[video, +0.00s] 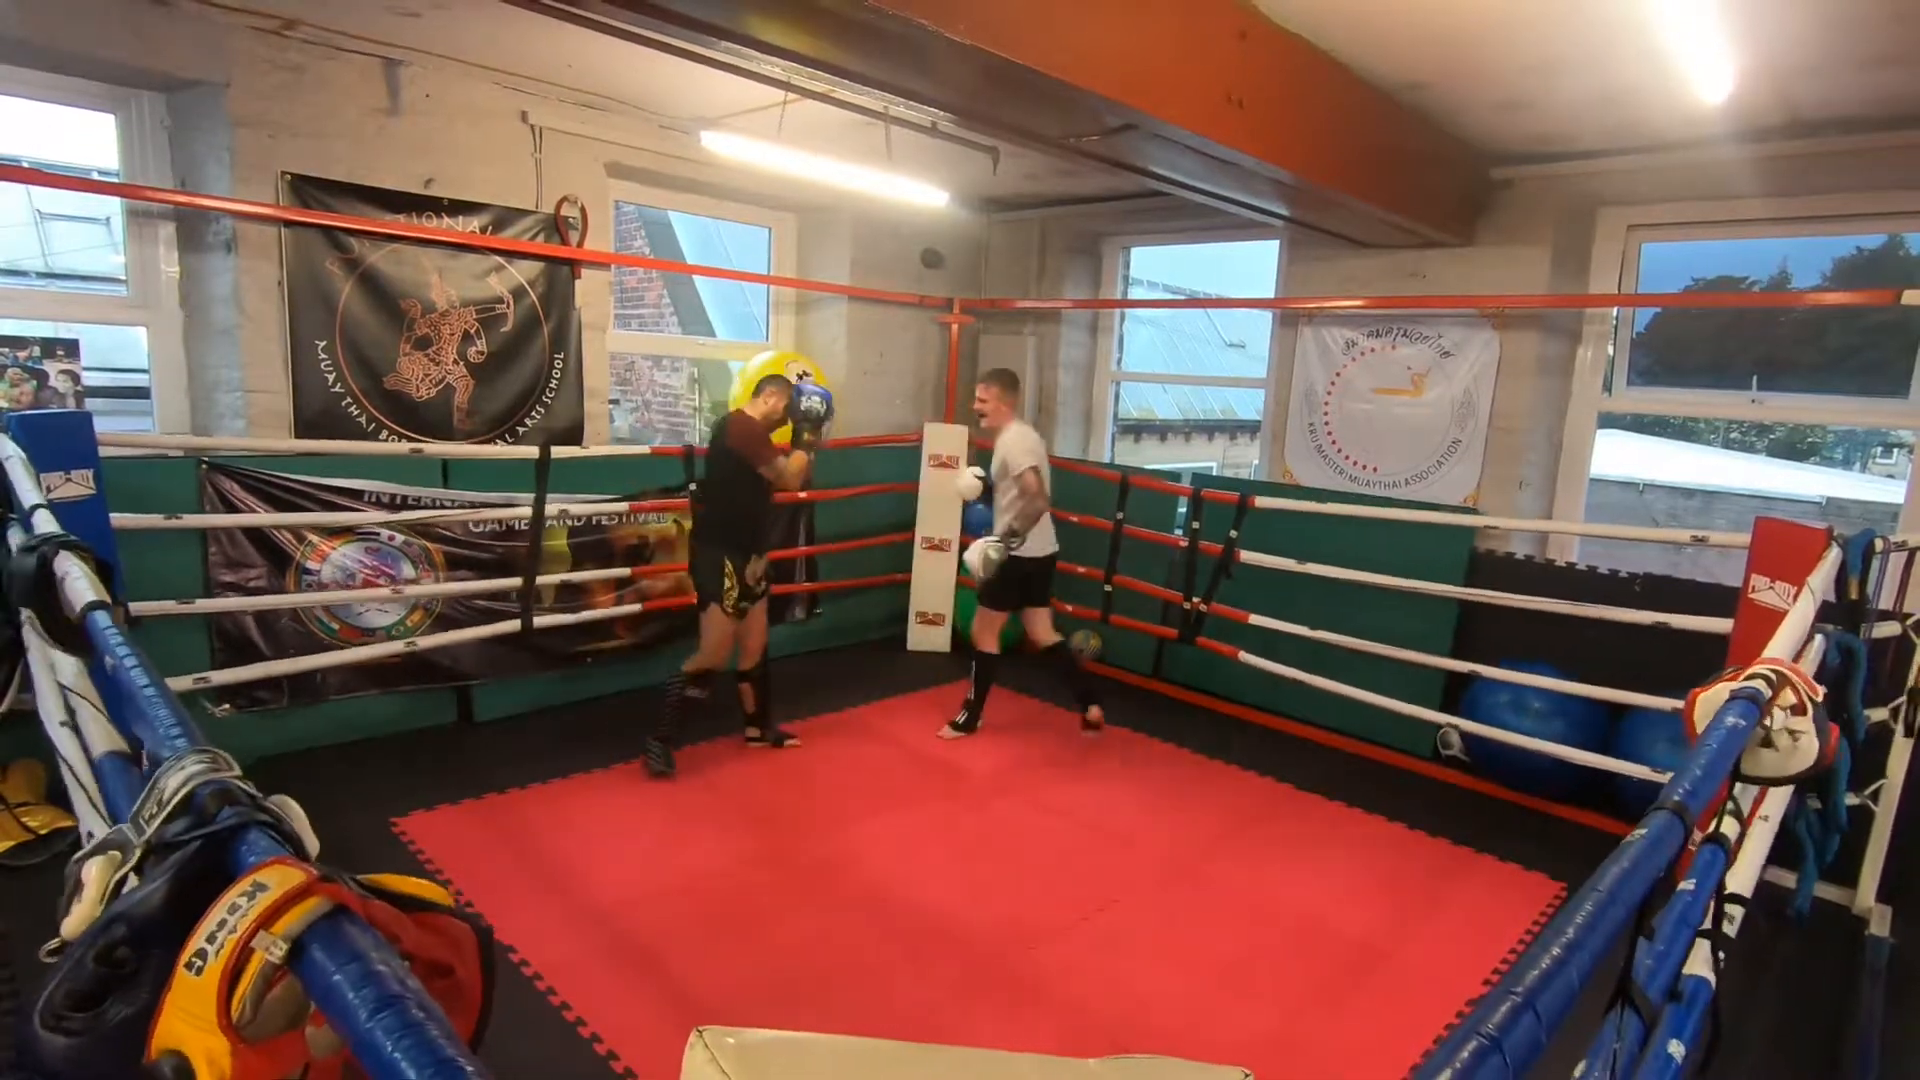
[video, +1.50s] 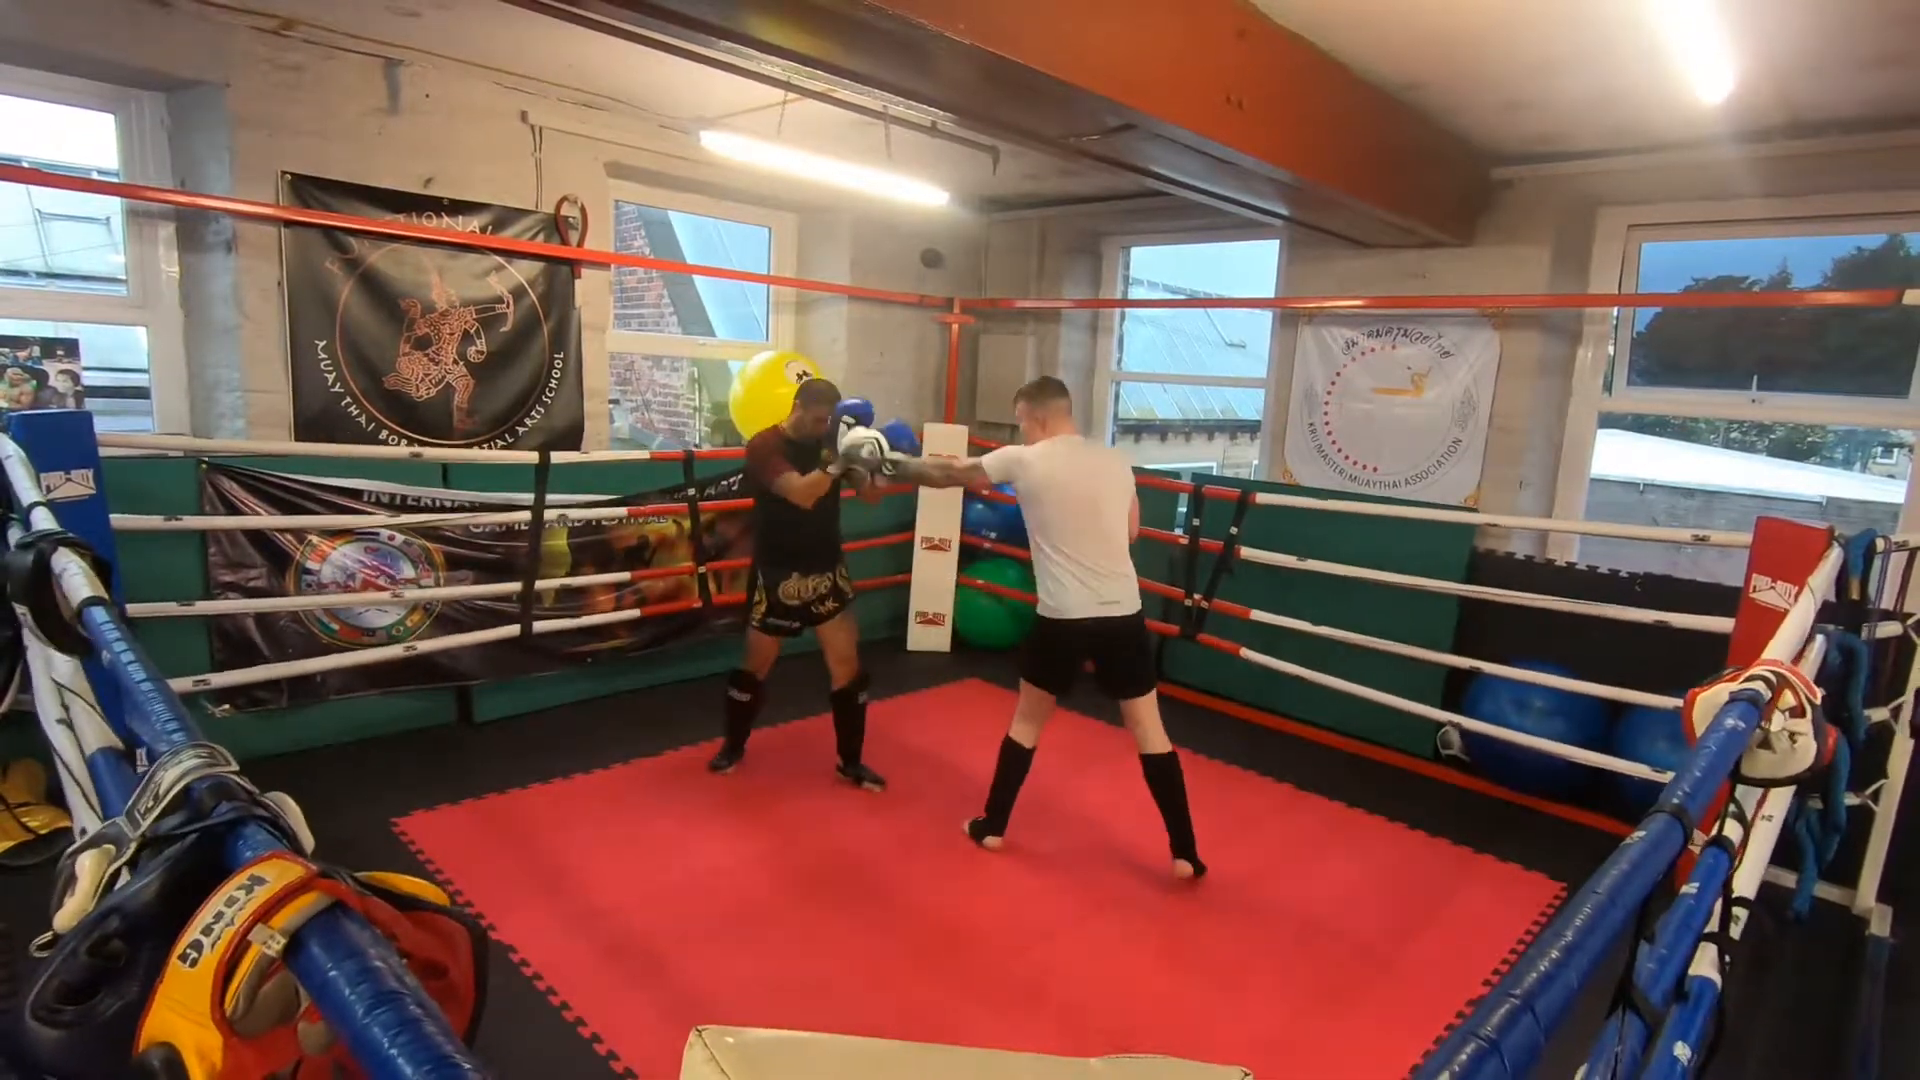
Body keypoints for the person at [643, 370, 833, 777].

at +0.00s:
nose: (783, 408)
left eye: (787, 403)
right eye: (780, 399)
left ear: (780, 407)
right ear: (763, 394)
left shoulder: (760, 435)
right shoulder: (740, 427)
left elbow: (790, 478)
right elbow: (789, 477)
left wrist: (807, 439)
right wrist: (808, 437)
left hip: (750, 552)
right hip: (720, 551)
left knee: (754, 645)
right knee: (715, 652)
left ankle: (758, 727)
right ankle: (661, 740)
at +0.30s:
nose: (786, 420)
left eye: (789, 414)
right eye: (783, 412)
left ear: (778, 409)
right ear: (763, 404)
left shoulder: (773, 439)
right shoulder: (730, 438)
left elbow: (780, 484)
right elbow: (769, 495)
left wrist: (811, 486)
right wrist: (797, 452)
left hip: (776, 554)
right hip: (738, 558)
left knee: (776, 644)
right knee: (739, 648)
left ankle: (763, 725)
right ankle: (714, 742)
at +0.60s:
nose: (796, 419)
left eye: (800, 412)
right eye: (792, 410)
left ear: (792, 408)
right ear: (767, 401)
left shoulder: (783, 441)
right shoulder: (735, 443)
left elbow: (800, 478)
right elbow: (772, 504)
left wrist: (833, 463)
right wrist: (804, 463)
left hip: (790, 560)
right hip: (746, 565)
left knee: (821, 642)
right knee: (732, 653)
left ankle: (820, 730)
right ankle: (714, 744)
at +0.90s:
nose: (834, 428)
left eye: (838, 422)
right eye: (831, 418)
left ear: (834, 421)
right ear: (810, 408)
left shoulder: (824, 451)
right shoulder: (771, 444)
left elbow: (863, 500)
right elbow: (806, 501)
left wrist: (885, 464)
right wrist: (835, 458)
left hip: (822, 569)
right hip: (774, 571)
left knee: (840, 663)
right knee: (749, 663)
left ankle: (847, 752)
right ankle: (719, 744)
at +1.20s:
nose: (816, 420)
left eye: (821, 413)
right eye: (809, 410)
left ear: (825, 415)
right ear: (789, 408)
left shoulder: (831, 446)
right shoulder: (762, 445)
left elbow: (857, 501)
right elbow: (794, 499)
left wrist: (876, 487)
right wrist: (817, 454)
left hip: (823, 567)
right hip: (773, 570)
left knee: (844, 661)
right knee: (754, 662)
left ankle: (847, 752)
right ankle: (733, 746)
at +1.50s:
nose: (826, 425)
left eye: (830, 418)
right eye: (818, 418)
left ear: (834, 416)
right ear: (795, 410)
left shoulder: (832, 442)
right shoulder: (763, 448)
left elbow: (871, 494)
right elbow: (804, 494)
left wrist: (868, 454)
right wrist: (837, 460)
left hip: (827, 571)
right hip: (775, 574)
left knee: (846, 668)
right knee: (755, 666)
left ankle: (851, 762)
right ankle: (733, 746)